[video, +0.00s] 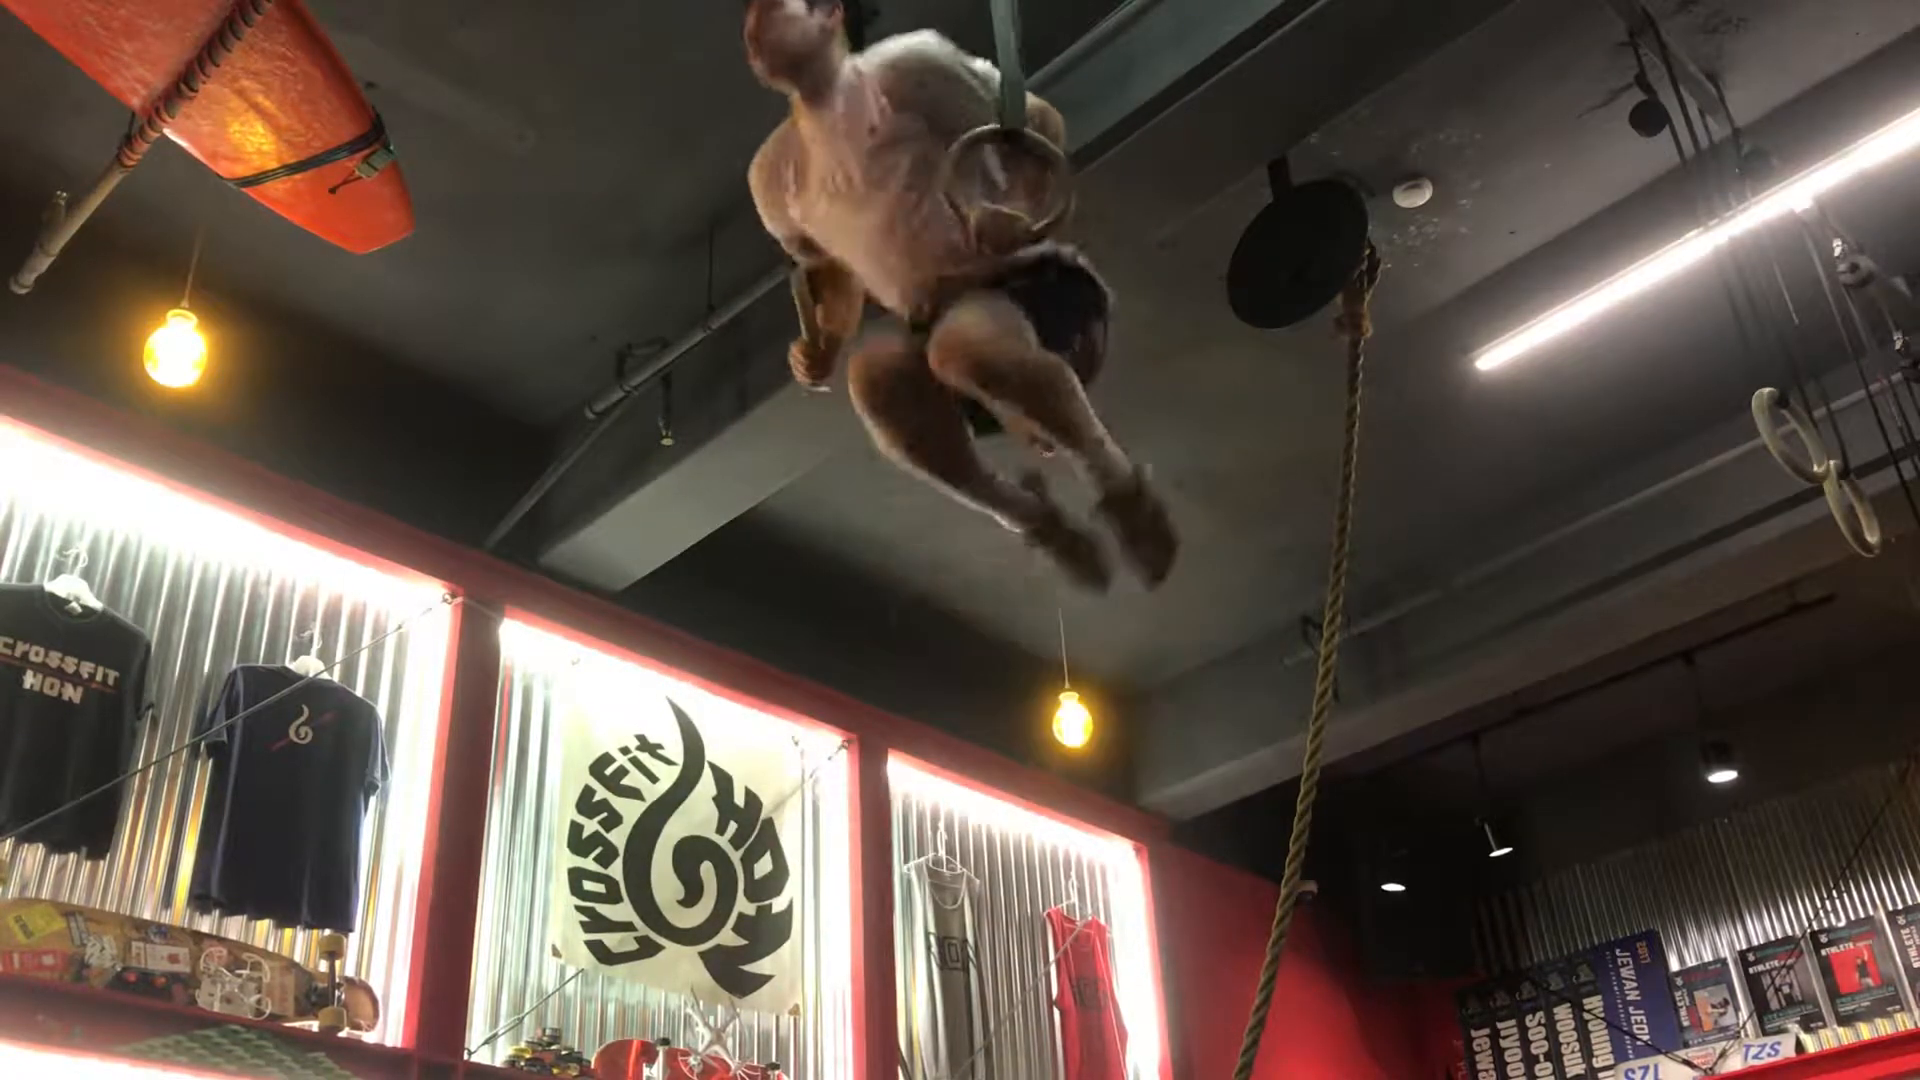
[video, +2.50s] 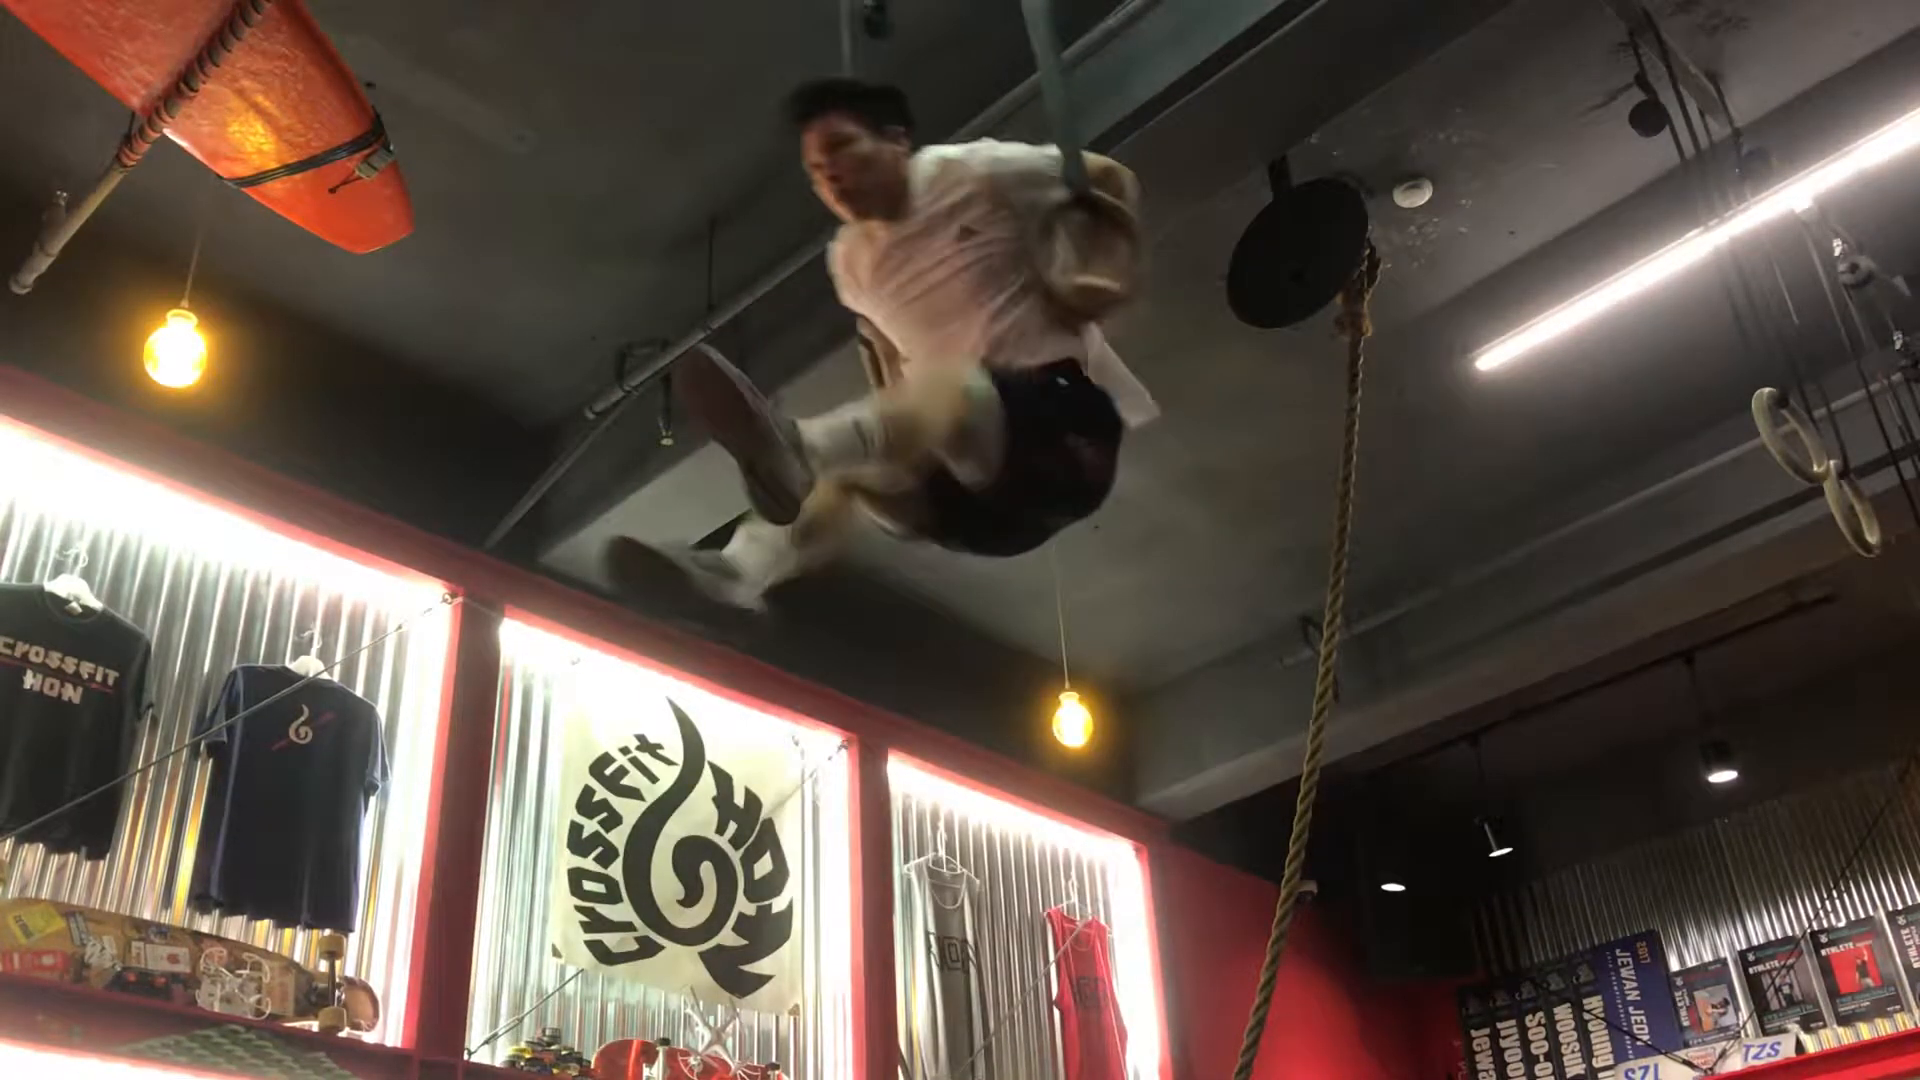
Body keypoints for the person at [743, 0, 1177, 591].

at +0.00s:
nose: (751, 29)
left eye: (770, 8)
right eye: (747, 16)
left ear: (829, 15)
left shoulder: (910, 67)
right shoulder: (773, 176)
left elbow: (1038, 120)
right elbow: (824, 270)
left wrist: (1020, 209)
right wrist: (824, 342)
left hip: (1031, 286)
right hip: (928, 338)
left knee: (960, 347)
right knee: (872, 377)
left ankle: (1117, 479)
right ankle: (1027, 517)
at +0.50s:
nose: (924, 154)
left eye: (938, 131)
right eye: (911, 141)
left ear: (990, 129)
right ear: (905, 157)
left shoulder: (1054, 185)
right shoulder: (923, 257)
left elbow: (1173, 269)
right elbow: (928, 359)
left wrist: (1090, 258)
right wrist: (854, 360)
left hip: (1044, 430)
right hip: (957, 478)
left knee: (912, 349)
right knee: (811, 373)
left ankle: (756, 423)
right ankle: (684, 509)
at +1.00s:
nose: (913, 519)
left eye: (933, 508)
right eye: (903, 509)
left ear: (974, 526)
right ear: (892, 534)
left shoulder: (1014, 583)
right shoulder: (885, 622)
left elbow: (1007, 418)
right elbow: (868, 492)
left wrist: (996, 312)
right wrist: (874, 382)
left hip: (1004, 921)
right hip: (903, 937)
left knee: (994, 1063)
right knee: (862, 1065)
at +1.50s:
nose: (769, 425)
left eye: (796, 415)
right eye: (770, 415)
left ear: (832, 443)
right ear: (763, 447)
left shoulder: (857, 510)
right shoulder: (736, 538)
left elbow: (853, 316)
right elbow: (714, 413)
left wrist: (857, 212)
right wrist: (721, 316)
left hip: (938, 861)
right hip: (835, 908)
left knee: (1197, 1033)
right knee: (936, 1059)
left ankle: (1165, 804)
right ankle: (1051, 882)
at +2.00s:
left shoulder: (1199, 649)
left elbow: (1196, 503)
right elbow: (1024, 580)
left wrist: (1170, 392)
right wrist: (1016, 477)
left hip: (1041, 709)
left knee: (841, 621)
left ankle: (710, 861)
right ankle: (654, 949)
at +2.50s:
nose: (831, 176)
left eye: (843, 150)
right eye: (816, 168)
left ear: (897, 141)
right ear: (812, 184)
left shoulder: (979, 172)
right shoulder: (848, 262)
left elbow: (1109, 178)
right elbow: (883, 353)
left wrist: (1108, 272)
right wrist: (898, 433)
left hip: (1071, 435)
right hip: (980, 485)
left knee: (950, 395)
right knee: (840, 481)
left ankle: (803, 449)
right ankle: (739, 574)